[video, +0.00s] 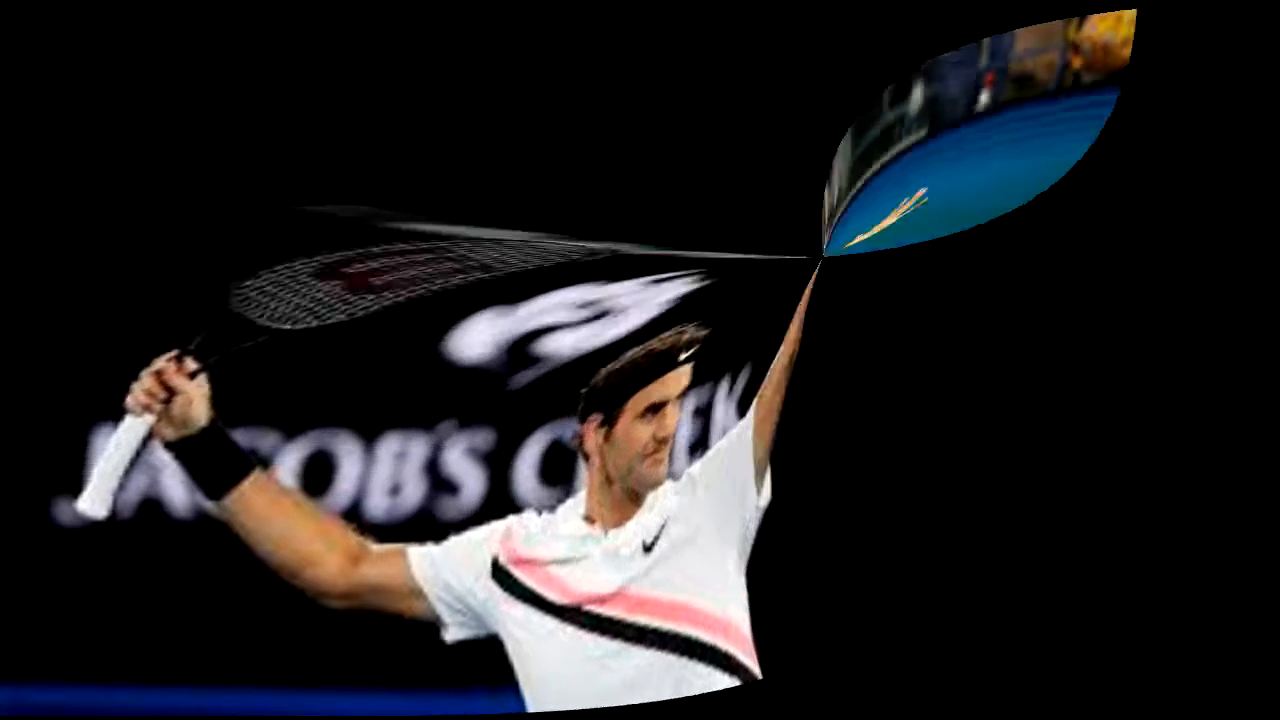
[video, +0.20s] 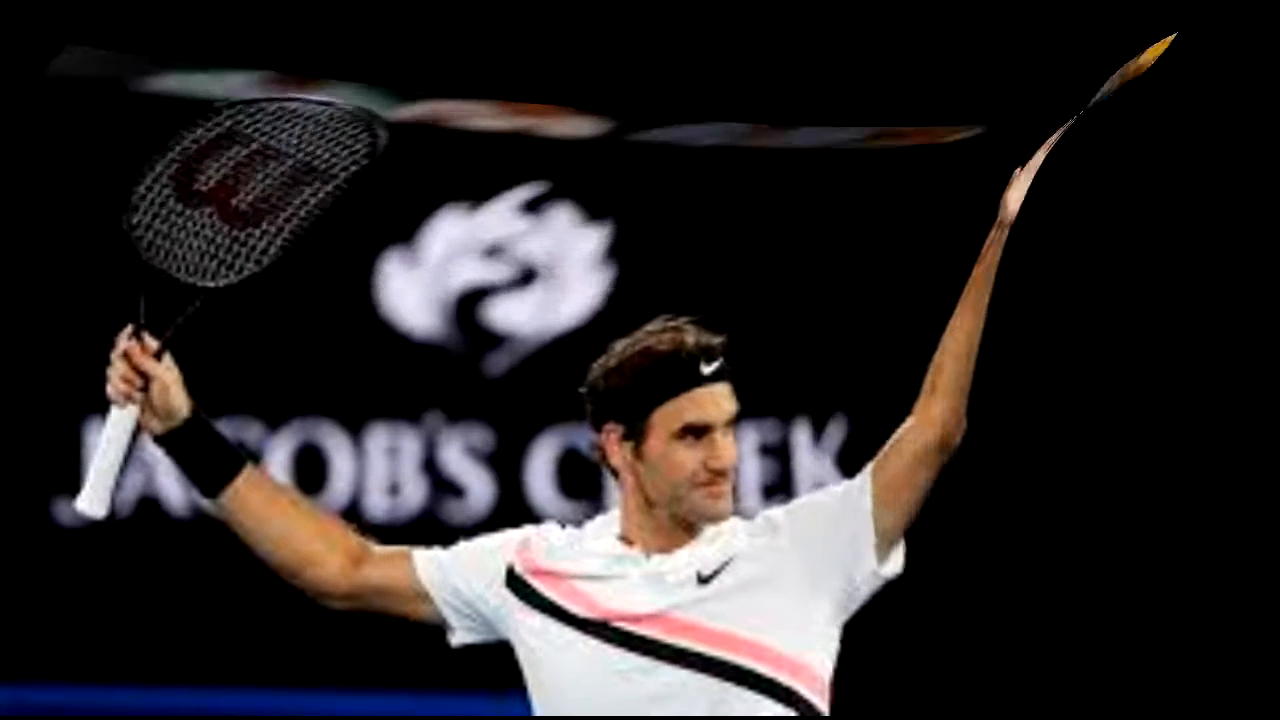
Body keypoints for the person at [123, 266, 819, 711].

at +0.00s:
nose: (672, 432)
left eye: (682, 410)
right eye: (652, 414)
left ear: (693, 418)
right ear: (592, 435)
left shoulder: (715, 503)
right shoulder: (504, 556)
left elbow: (791, 371)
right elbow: (342, 568)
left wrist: (853, 236)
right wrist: (198, 441)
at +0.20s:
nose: (722, 460)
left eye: (730, 433)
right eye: (693, 439)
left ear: (744, 435)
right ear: (619, 450)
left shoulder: (809, 545)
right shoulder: (529, 569)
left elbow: (936, 428)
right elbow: (343, 567)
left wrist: (1005, 236)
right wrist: (183, 432)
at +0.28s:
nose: (730, 463)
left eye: (739, 436)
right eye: (699, 442)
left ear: (752, 440)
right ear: (623, 455)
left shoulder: (812, 556)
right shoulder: (531, 570)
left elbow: (973, 448)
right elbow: (343, 568)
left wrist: (1040, 262)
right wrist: (184, 432)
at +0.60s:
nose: (730, 463)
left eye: (738, 437)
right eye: (700, 441)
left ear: (750, 442)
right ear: (620, 454)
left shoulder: (815, 553)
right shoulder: (529, 572)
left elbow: (1004, 456)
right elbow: (337, 570)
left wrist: (1117, 301)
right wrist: (184, 431)